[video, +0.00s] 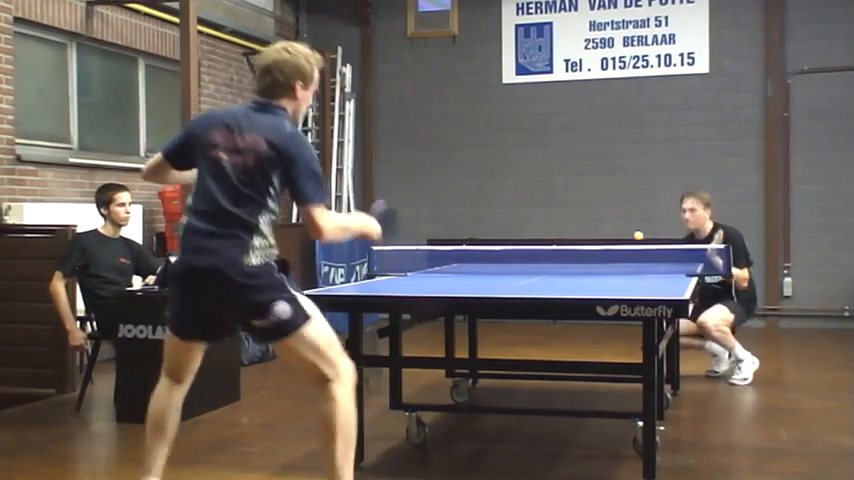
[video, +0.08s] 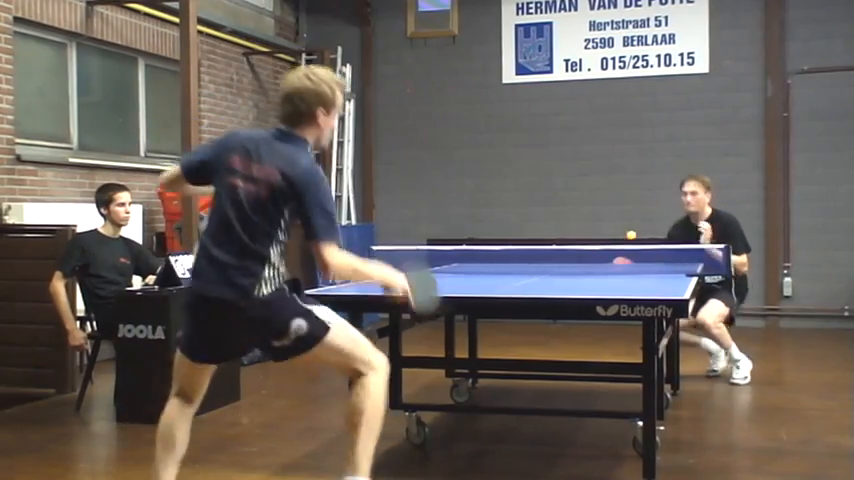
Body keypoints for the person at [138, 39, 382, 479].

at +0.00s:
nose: (311, 100)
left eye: (312, 91)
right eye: (311, 91)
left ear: (265, 83)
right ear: (296, 90)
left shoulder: (211, 122)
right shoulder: (289, 140)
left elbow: (155, 171)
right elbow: (323, 229)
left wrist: (204, 172)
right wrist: (359, 223)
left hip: (191, 269)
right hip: (246, 273)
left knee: (172, 379)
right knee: (339, 372)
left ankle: (150, 475)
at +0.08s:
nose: (335, 125)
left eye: (336, 115)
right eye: (334, 114)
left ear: (289, 107)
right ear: (319, 115)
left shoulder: (235, 143)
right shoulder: (304, 170)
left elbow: (168, 182)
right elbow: (332, 260)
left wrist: (207, 179)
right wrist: (388, 276)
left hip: (204, 298)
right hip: (261, 301)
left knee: (183, 398)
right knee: (372, 366)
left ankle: (163, 476)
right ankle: (359, 474)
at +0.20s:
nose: (388, 174)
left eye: (390, 165)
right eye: (388, 165)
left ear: (342, 155)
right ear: (370, 166)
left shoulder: (295, 177)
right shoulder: (335, 223)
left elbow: (236, 186)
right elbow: (333, 314)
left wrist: (279, 198)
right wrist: (392, 364)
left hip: (227, 321)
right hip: (276, 334)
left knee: (199, 413)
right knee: (393, 387)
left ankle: (172, 477)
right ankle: (434, 476)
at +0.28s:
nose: (427, 206)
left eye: (429, 196)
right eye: (426, 197)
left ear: (382, 189)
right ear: (407, 199)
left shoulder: (338, 200)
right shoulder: (361, 254)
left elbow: (295, 190)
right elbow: (334, 345)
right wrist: (382, 408)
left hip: (255, 334)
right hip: (306, 347)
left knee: (217, 421)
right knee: (424, 379)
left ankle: (182, 475)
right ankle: (442, 471)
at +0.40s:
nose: (475, 205)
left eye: (475, 196)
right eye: (473, 197)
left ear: (430, 193)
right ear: (452, 204)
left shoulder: (391, 205)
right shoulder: (404, 253)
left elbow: (347, 203)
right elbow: (369, 337)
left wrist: (340, 202)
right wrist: (406, 391)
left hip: (300, 326)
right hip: (340, 340)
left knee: (254, 428)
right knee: (465, 377)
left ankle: (194, 474)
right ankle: (454, 472)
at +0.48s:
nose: (480, 172)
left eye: (480, 163)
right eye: (476, 164)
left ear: (437, 163)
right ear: (451, 169)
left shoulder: (381, 186)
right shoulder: (435, 221)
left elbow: (315, 220)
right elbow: (444, 307)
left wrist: (338, 217)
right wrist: (513, 328)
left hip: (322, 323)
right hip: (377, 333)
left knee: (273, 413)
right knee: (483, 378)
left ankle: (217, 476)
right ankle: (458, 474)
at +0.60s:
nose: (457, 150)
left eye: (457, 142)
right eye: (456, 142)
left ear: (410, 140)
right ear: (442, 143)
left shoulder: (367, 189)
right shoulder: (454, 182)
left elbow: (306, 243)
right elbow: (520, 179)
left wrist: (302, 230)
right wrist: (485, 135)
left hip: (359, 326)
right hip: (422, 329)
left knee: (297, 378)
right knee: (490, 369)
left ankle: (303, 473)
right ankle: (483, 467)